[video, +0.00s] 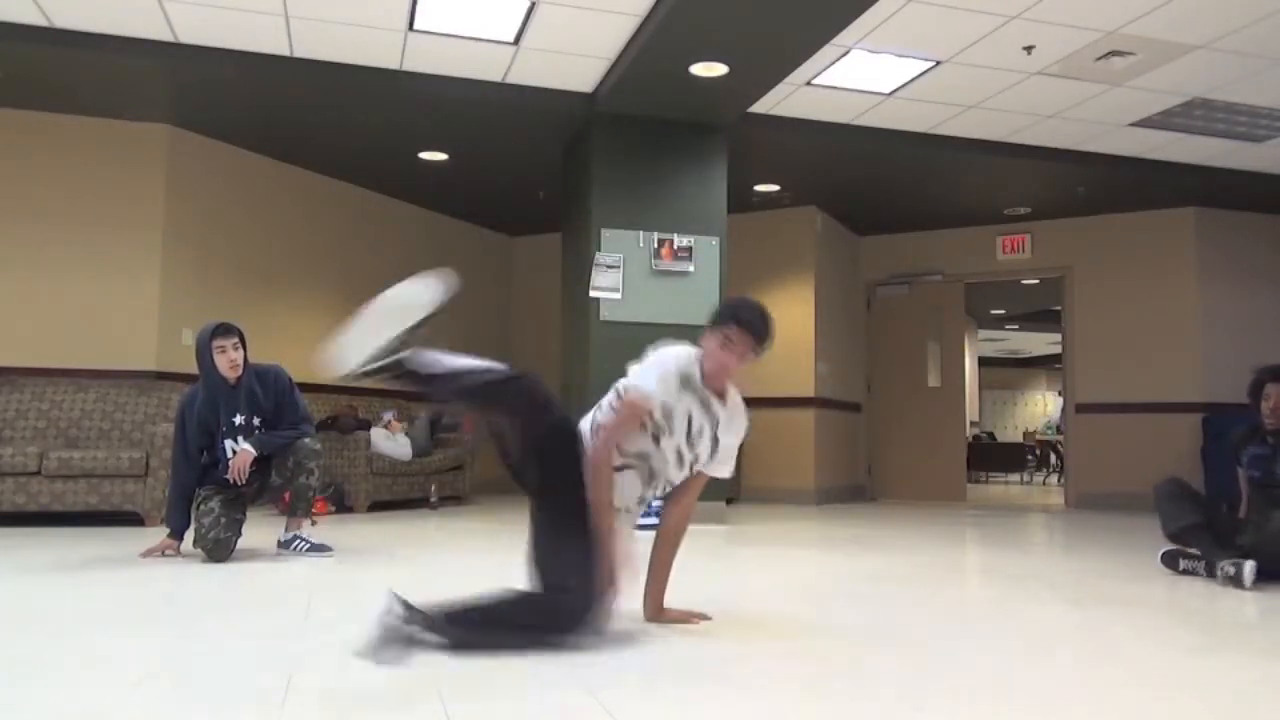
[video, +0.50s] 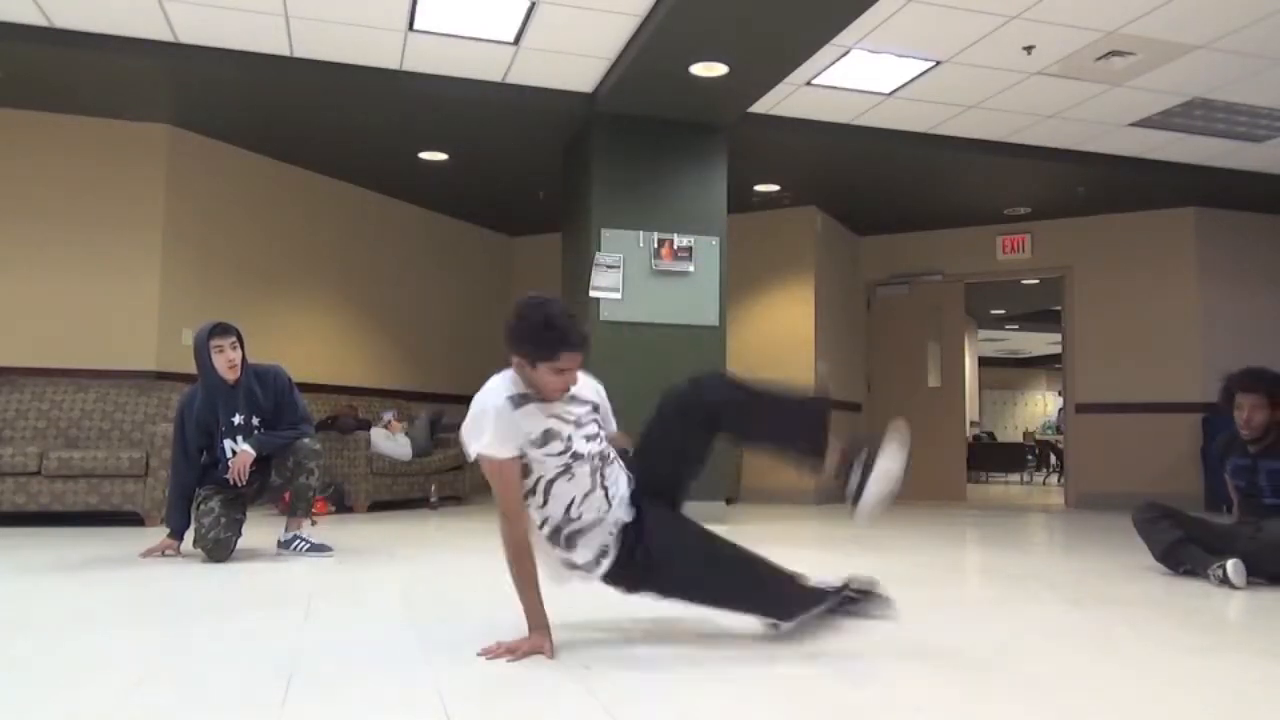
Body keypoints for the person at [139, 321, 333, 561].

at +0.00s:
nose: (232, 357)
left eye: (236, 348)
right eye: (221, 351)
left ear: (244, 350)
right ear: (207, 359)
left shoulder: (272, 379)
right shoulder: (194, 403)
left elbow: (304, 428)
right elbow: (184, 470)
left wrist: (254, 445)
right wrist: (174, 534)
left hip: (265, 477)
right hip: (219, 488)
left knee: (308, 449)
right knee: (215, 549)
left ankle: (292, 534)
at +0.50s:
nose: (230, 356)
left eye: (234, 347)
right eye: (219, 351)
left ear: (242, 350)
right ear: (205, 359)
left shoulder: (272, 380)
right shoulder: (193, 404)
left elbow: (304, 429)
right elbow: (184, 470)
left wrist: (254, 446)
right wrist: (174, 535)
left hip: (265, 477)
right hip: (219, 488)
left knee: (308, 450)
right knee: (215, 549)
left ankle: (292, 534)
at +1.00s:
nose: (230, 357)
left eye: (234, 348)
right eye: (219, 352)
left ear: (242, 350)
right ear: (205, 359)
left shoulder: (272, 379)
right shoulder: (194, 403)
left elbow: (303, 429)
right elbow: (184, 470)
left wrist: (254, 447)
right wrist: (174, 535)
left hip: (265, 477)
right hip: (219, 488)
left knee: (307, 450)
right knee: (215, 549)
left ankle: (292, 534)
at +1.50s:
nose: (230, 358)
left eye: (234, 349)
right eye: (219, 353)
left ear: (243, 352)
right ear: (205, 360)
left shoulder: (273, 380)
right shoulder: (194, 404)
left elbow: (304, 429)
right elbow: (184, 471)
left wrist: (254, 447)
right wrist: (175, 535)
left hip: (265, 476)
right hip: (219, 488)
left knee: (308, 449)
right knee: (215, 549)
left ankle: (292, 534)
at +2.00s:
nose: (232, 356)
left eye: (235, 347)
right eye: (221, 351)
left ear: (243, 350)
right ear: (206, 359)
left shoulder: (273, 380)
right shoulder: (194, 403)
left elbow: (304, 430)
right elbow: (184, 470)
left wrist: (256, 445)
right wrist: (174, 535)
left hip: (267, 476)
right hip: (221, 488)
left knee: (308, 451)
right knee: (216, 549)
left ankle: (292, 534)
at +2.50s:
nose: (231, 354)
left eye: (234, 345)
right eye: (219, 349)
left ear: (242, 349)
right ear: (205, 358)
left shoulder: (272, 380)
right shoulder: (194, 403)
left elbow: (303, 429)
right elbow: (184, 470)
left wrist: (255, 444)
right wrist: (174, 535)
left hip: (266, 477)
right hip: (220, 488)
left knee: (307, 449)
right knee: (215, 549)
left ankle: (292, 535)